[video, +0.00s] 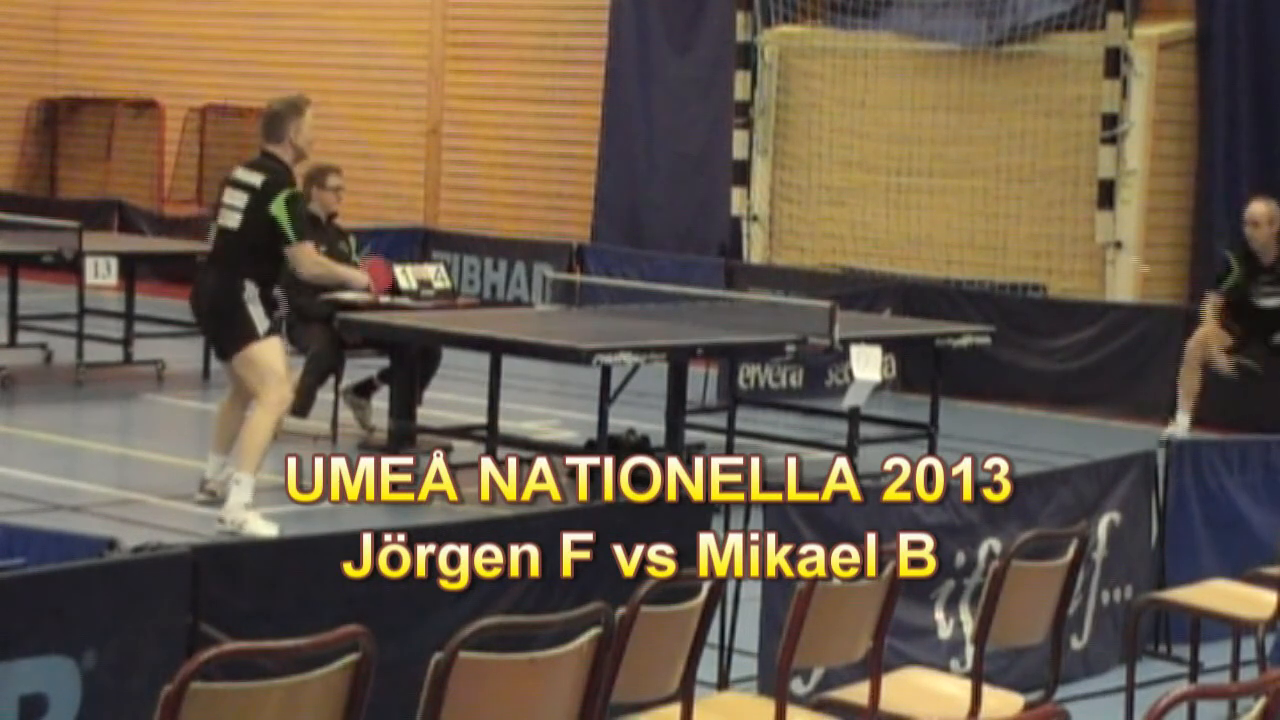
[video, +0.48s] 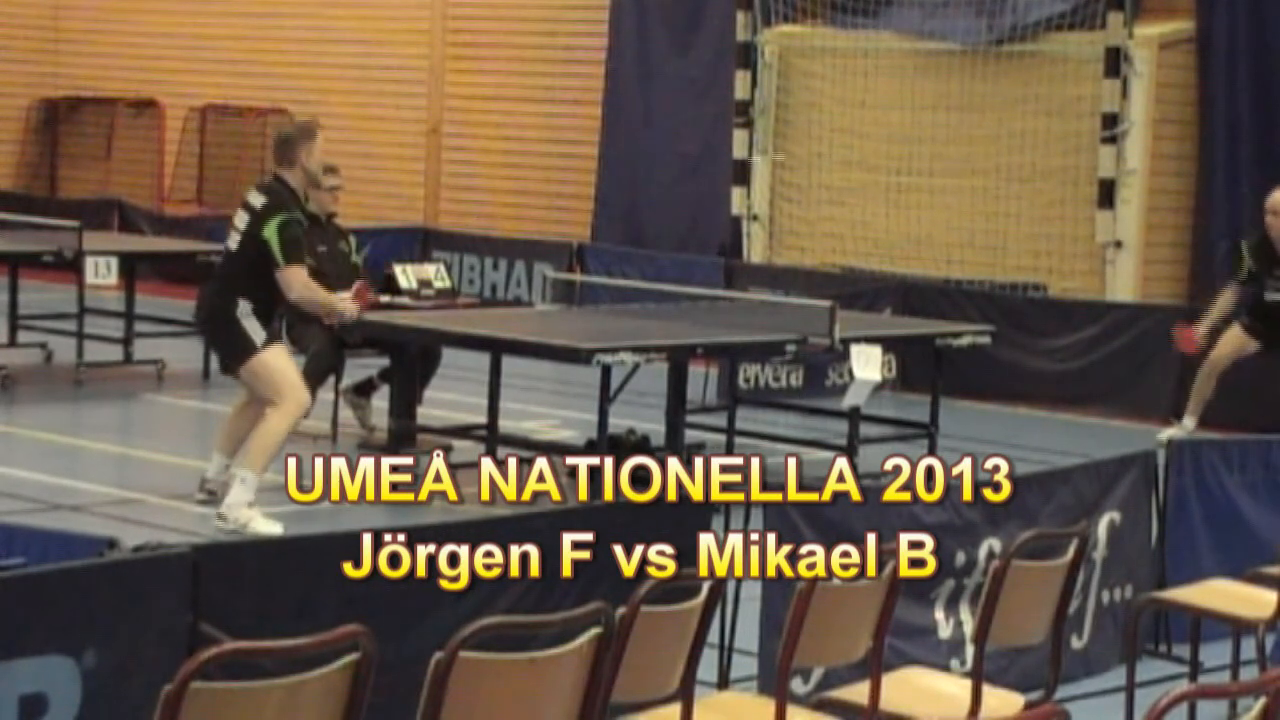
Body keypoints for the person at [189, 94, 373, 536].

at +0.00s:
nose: (313, 135)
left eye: (311, 126)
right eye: (309, 127)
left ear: (270, 132)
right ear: (292, 132)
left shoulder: (243, 172)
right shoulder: (280, 187)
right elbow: (305, 262)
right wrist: (356, 277)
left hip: (211, 287)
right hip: (237, 293)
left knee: (244, 388)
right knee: (276, 390)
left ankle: (216, 474)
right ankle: (238, 503)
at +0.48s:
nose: (323, 161)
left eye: (320, 153)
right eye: (318, 153)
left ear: (286, 158)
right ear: (302, 157)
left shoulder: (265, 193)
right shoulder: (284, 213)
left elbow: (289, 275)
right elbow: (296, 287)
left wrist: (327, 300)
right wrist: (336, 304)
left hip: (223, 306)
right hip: (233, 312)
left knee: (261, 395)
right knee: (294, 399)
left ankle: (216, 475)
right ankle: (237, 502)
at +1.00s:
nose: (351, 149)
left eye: (350, 142)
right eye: (348, 142)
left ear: (305, 145)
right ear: (336, 147)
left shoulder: (264, 174)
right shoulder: (335, 201)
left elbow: (208, 218)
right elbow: (400, 236)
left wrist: (219, 256)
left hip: (214, 281)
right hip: (253, 289)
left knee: (233, 384)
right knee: (301, 393)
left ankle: (217, 480)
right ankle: (245, 492)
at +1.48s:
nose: (361, 155)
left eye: (359, 147)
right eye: (357, 148)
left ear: (319, 153)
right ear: (339, 154)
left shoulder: (286, 192)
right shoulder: (329, 210)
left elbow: (274, 255)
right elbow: (368, 280)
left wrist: (316, 294)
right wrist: (415, 289)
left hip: (252, 308)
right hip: (286, 315)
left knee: (280, 387)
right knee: (363, 397)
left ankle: (244, 477)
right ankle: (333, 504)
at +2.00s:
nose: (400, 180)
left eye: (398, 173)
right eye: (396, 174)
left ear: (358, 176)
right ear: (385, 182)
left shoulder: (318, 197)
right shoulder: (377, 232)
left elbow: (257, 240)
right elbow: (425, 290)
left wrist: (268, 280)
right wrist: (466, 289)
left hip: (249, 301)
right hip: (289, 311)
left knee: (263, 388)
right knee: (360, 399)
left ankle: (244, 475)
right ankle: (333, 503)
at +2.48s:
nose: (438, 200)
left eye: (436, 193)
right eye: (434, 193)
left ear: (394, 196)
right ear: (420, 200)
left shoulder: (354, 222)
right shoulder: (413, 249)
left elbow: (290, 250)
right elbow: (447, 321)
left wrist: (271, 303)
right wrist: (452, 296)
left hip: (298, 324)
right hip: (345, 333)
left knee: (304, 386)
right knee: (431, 400)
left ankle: (263, 472)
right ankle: (422, 498)